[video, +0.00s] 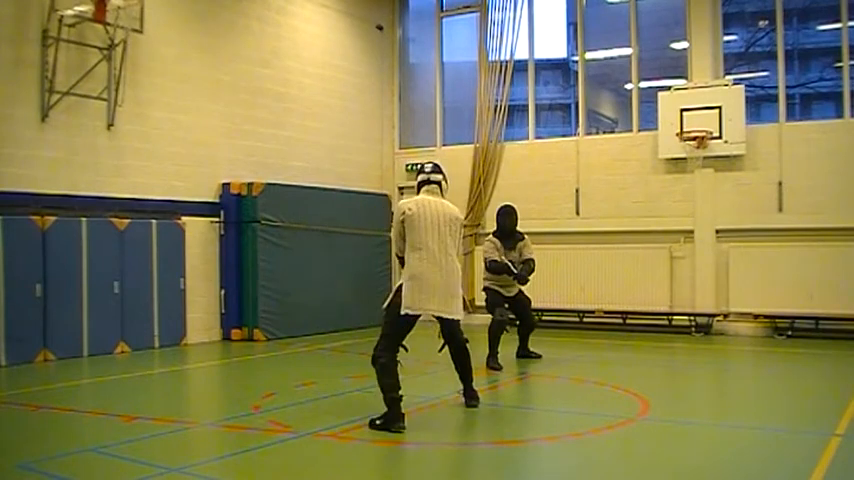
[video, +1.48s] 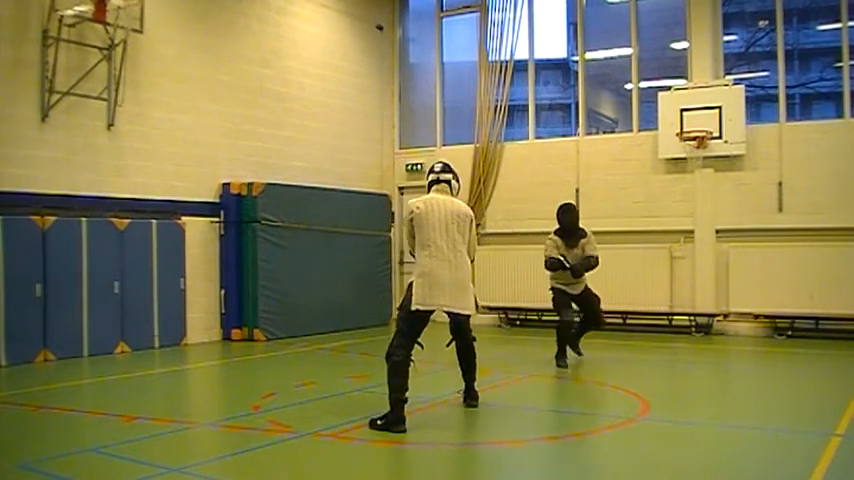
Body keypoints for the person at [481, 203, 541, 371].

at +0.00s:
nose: (509, 222)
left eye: (512, 218)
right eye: (505, 218)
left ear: (516, 220)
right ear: (498, 221)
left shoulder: (522, 240)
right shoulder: (491, 242)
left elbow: (529, 261)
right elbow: (491, 265)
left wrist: (524, 273)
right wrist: (509, 268)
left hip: (514, 289)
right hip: (494, 288)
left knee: (528, 320)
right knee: (500, 317)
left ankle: (523, 349)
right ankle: (493, 355)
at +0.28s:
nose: (509, 222)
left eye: (512, 218)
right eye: (505, 218)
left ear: (517, 221)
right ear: (499, 221)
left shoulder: (524, 241)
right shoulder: (492, 242)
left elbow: (531, 261)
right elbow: (491, 265)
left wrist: (524, 273)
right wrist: (507, 267)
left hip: (515, 289)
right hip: (495, 289)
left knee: (528, 321)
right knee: (501, 317)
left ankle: (523, 349)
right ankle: (492, 356)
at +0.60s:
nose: (517, 223)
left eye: (520, 219)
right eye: (513, 219)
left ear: (526, 221)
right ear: (507, 221)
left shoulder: (532, 240)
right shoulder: (500, 242)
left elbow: (538, 261)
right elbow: (498, 264)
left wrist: (530, 272)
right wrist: (515, 266)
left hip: (523, 289)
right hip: (502, 288)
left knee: (537, 316)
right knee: (506, 318)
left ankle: (543, 345)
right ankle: (493, 356)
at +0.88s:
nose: (538, 219)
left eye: (541, 215)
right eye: (534, 215)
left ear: (547, 218)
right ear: (528, 218)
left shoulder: (553, 238)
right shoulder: (521, 239)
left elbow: (558, 259)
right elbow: (518, 260)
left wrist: (549, 268)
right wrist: (531, 263)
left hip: (544, 288)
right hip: (524, 288)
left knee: (559, 319)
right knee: (519, 320)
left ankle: (553, 349)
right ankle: (500, 355)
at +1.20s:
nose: (556, 218)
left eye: (560, 214)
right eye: (553, 214)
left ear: (565, 215)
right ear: (546, 217)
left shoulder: (573, 235)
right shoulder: (541, 237)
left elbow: (579, 257)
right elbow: (536, 259)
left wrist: (565, 267)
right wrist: (553, 268)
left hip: (566, 287)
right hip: (547, 286)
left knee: (571, 324)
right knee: (551, 318)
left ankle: (553, 348)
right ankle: (554, 352)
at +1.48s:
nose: (571, 225)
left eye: (574, 221)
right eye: (567, 222)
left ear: (577, 220)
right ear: (560, 222)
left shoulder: (586, 236)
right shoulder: (553, 240)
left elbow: (593, 259)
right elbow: (549, 263)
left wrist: (580, 266)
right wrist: (562, 263)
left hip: (579, 286)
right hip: (560, 287)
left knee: (595, 317)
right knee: (566, 320)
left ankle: (575, 337)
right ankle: (561, 353)